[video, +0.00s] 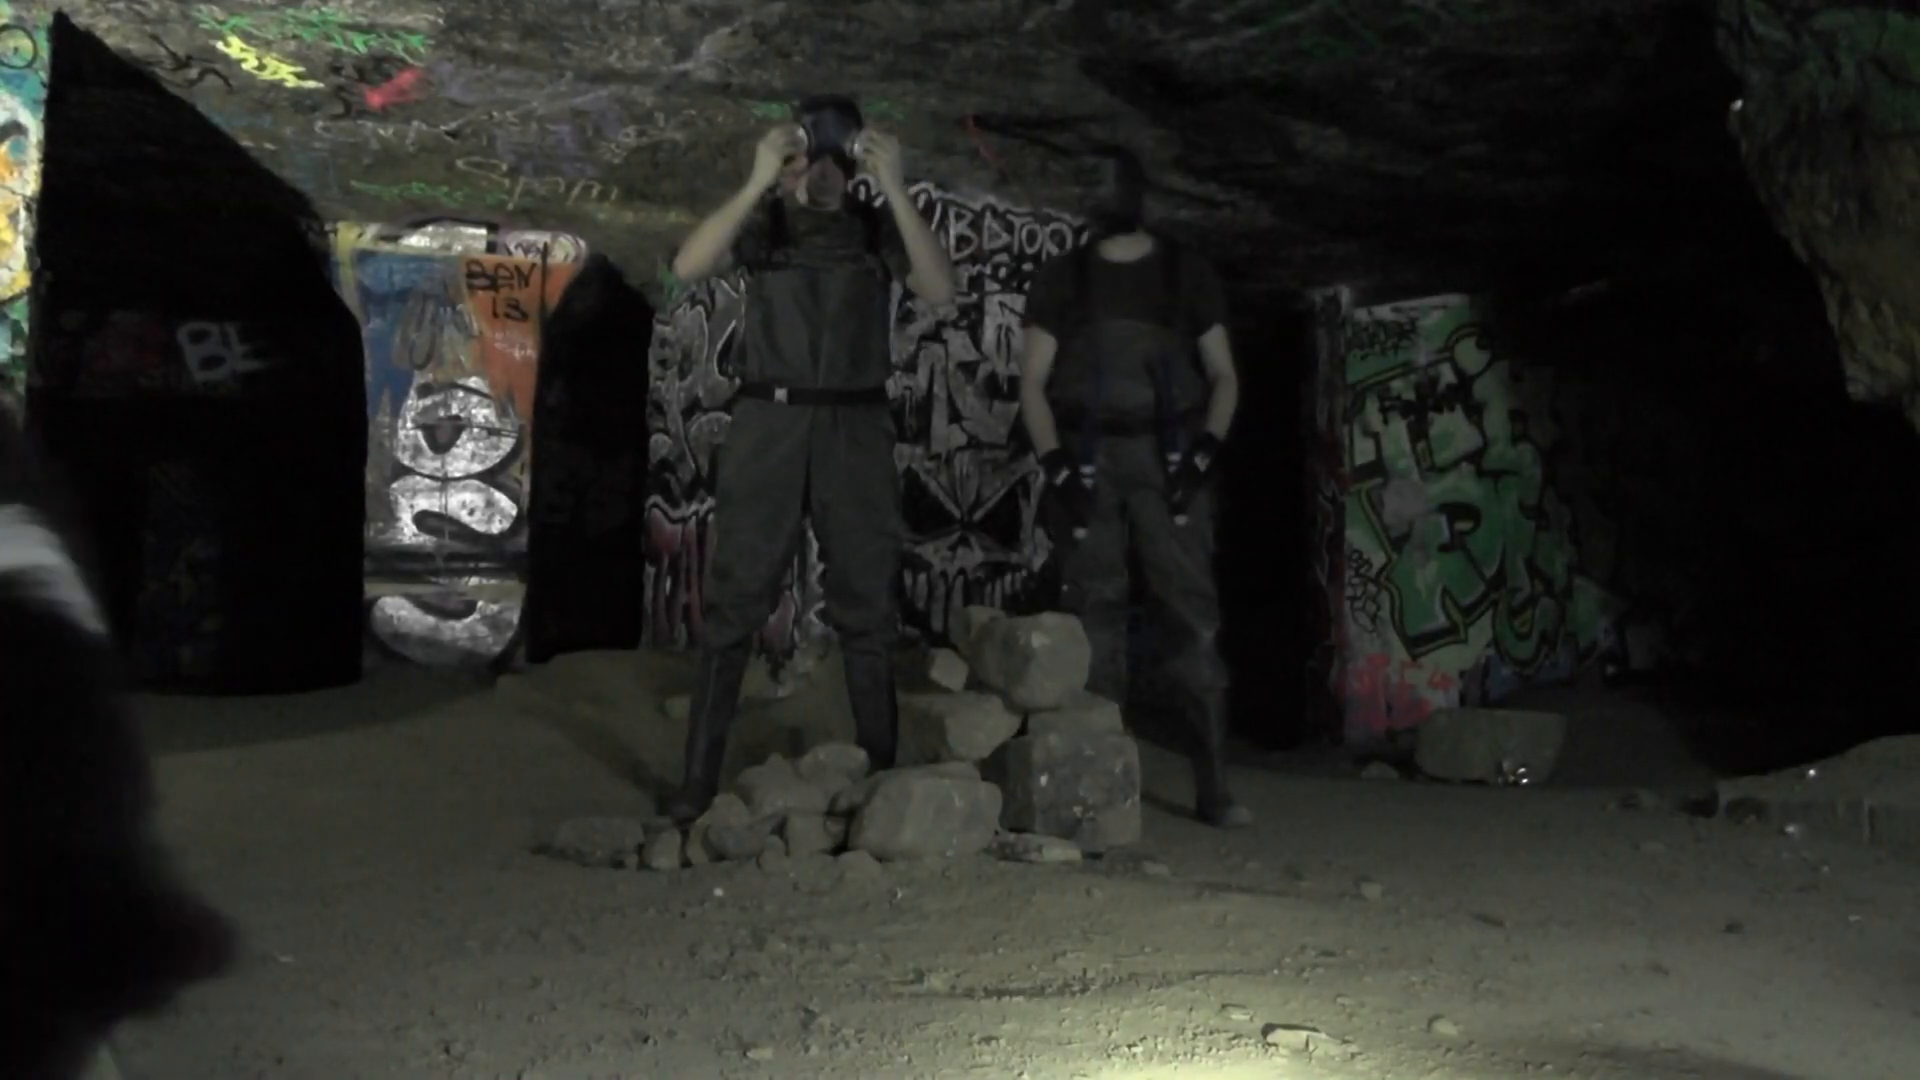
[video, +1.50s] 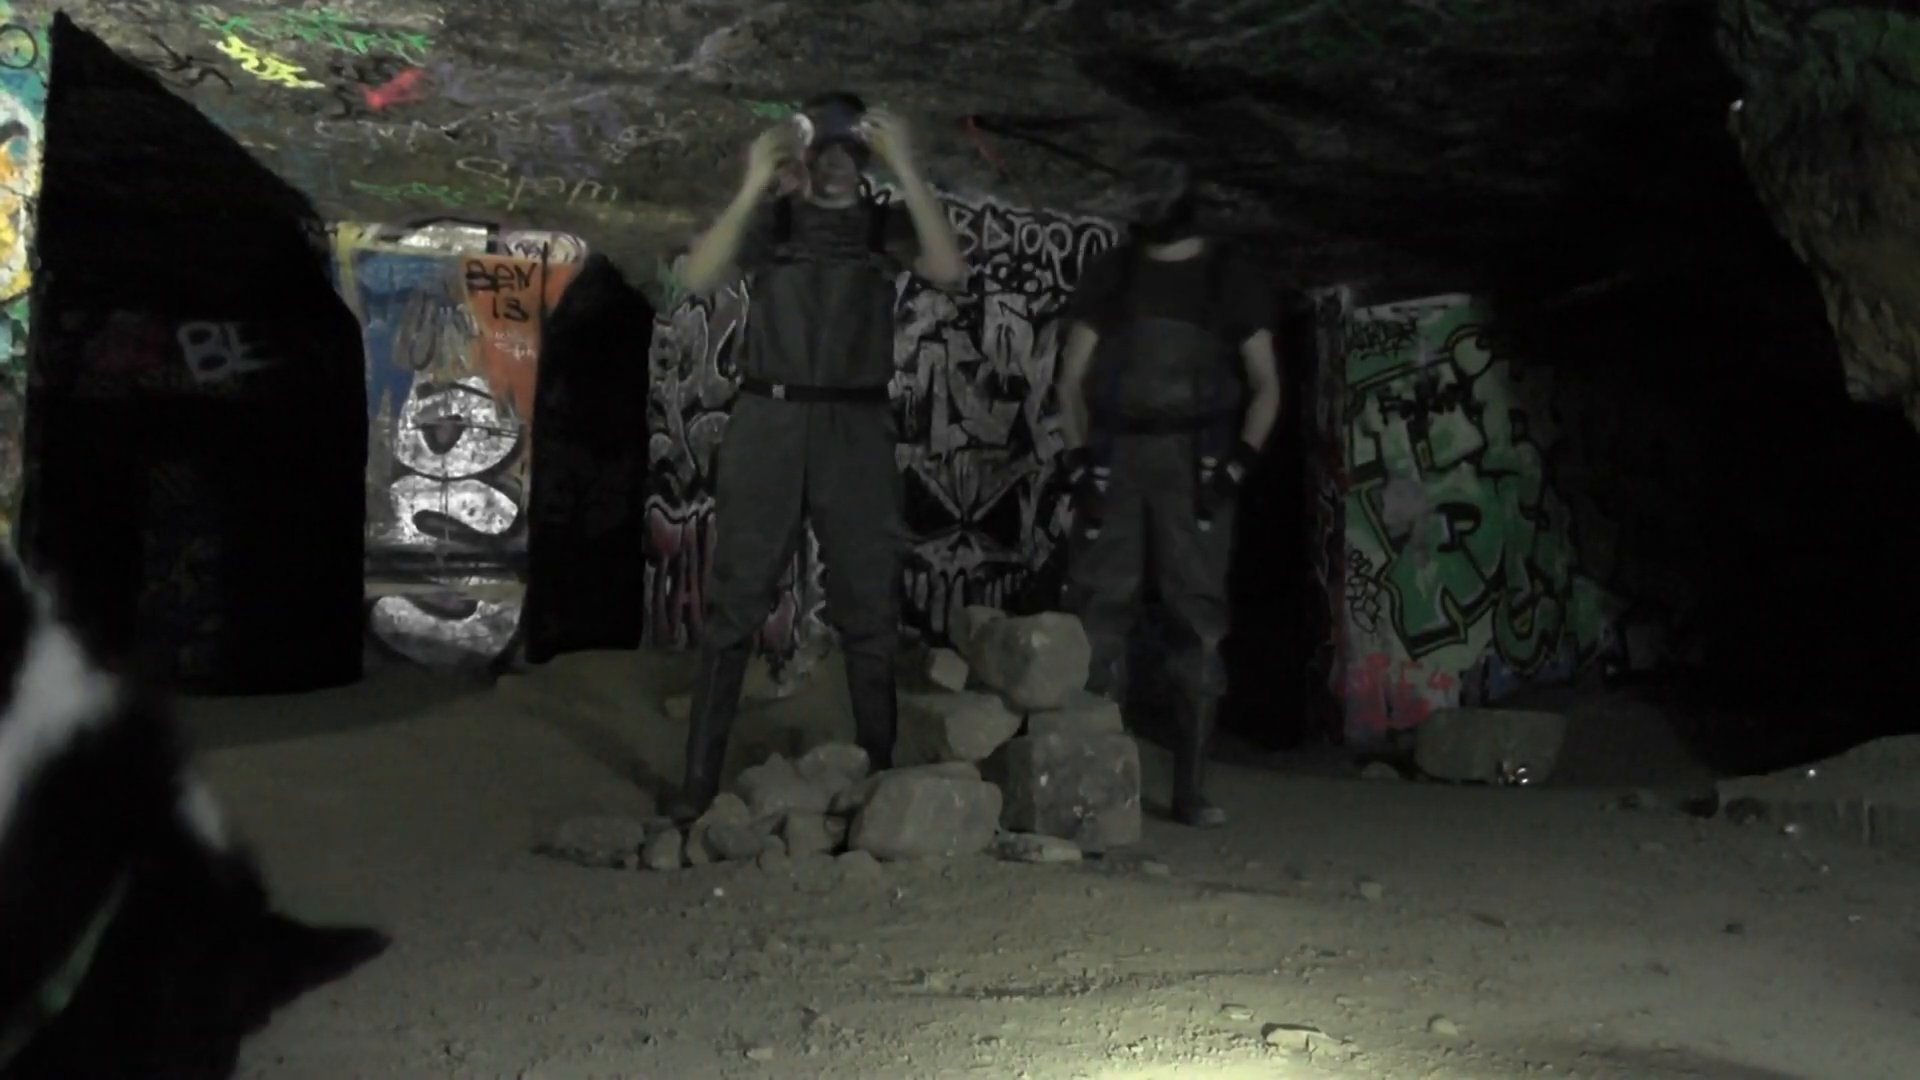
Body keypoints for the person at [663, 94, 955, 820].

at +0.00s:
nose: (814, 177)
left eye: (829, 163)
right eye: (801, 162)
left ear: (853, 170)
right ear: (781, 169)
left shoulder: (878, 232)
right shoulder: (758, 227)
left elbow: (940, 293)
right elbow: (690, 265)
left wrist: (892, 186)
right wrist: (757, 185)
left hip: (856, 440)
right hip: (766, 436)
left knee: (867, 612)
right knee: (734, 609)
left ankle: (882, 779)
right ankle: (698, 787)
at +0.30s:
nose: (861, 169)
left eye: (872, 157)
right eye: (851, 153)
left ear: (879, 162)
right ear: (818, 148)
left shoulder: (886, 228)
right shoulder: (761, 211)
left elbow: (946, 292)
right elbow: (657, 251)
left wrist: (918, 183)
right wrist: (716, 295)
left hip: (857, 438)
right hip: (769, 434)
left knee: (867, 610)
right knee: (737, 608)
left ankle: (883, 779)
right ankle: (699, 786)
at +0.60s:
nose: (856, 161)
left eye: (870, 151)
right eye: (845, 145)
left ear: (881, 160)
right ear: (816, 146)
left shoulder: (893, 230)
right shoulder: (771, 213)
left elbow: (954, 282)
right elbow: (662, 231)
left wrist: (922, 176)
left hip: (858, 437)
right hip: (769, 432)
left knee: (868, 613)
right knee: (738, 608)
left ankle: (879, 781)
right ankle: (700, 785)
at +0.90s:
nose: (848, 157)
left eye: (861, 146)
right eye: (836, 143)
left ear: (878, 158)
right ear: (811, 148)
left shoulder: (891, 228)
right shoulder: (766, 217)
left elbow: (956, 276)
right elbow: (660, 179)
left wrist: (918, 176)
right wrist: (754, 186)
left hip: (860, 440)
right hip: (770, 435)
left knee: (870, 616)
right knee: (736, 610)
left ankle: (880, 781)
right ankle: (700, 786)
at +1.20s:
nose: (847, 163)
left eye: (861, 151)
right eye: (836, 148)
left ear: (878, 161)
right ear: (809, 151)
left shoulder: (890, 227)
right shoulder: (772, 216)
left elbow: (956, 274)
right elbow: (657, 201)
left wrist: (918, 172)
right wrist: (759, 199)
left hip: (860, 439)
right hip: (770, 434)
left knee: (870, 616)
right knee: (737, 611)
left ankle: (879, 783)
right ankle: (699, 787)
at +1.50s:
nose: (835, 164)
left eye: (849, 152)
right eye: (822, 150)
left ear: (867, 161)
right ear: (797, 159)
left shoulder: (885, 225)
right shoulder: (765, 222)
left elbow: (949, 273)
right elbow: (696, 277)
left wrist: (904, 167)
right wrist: (754, 190)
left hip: (857, 438)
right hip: (767, 435)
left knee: (870, 614)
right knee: (734, 611)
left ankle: (879, 779)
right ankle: (697, 789)